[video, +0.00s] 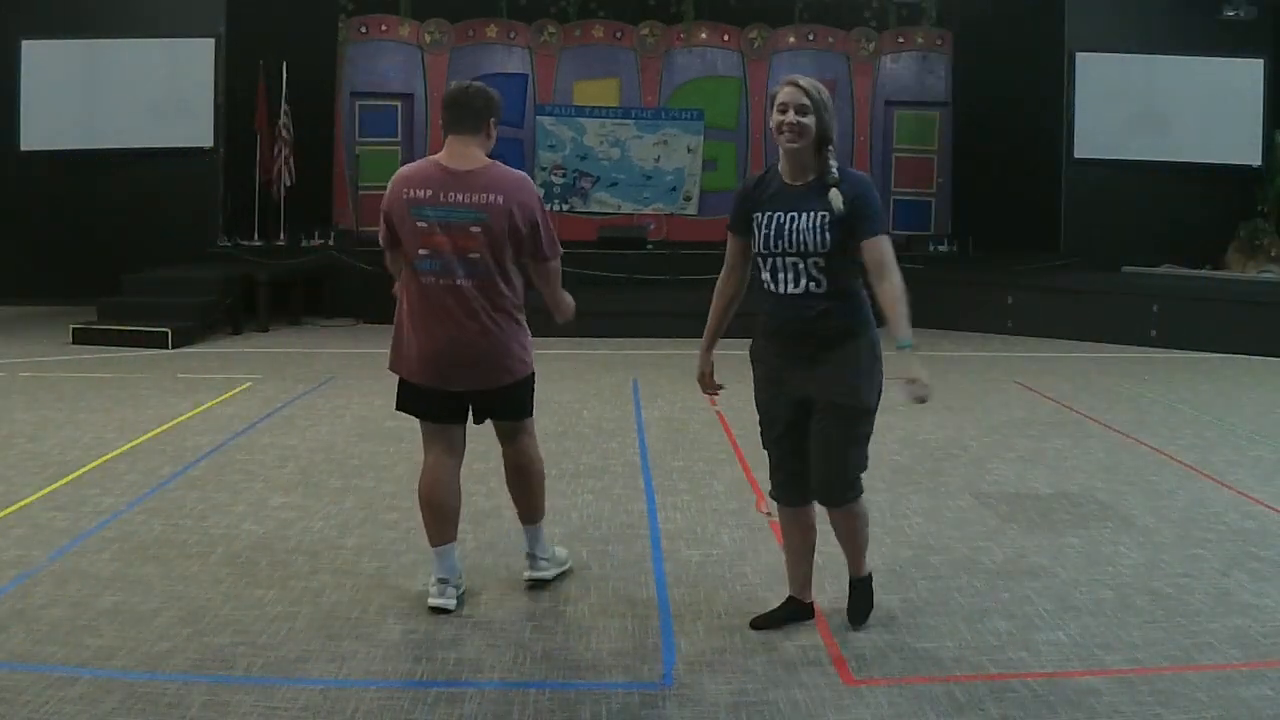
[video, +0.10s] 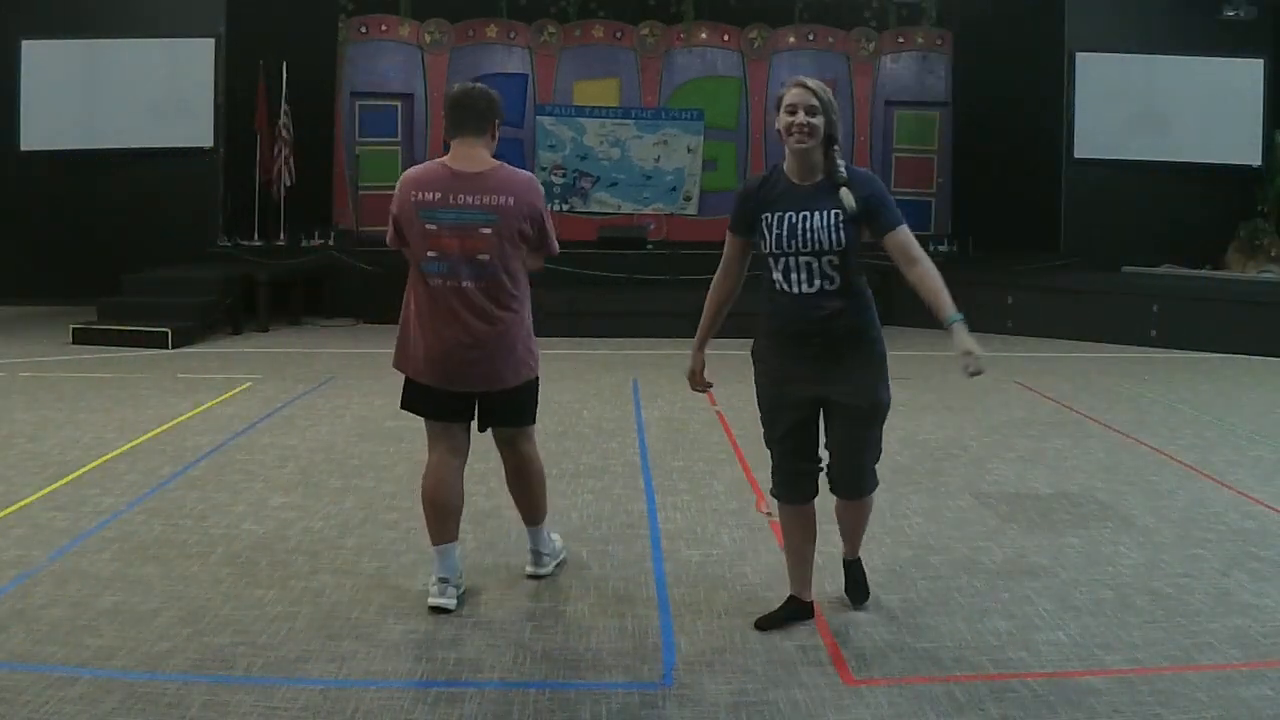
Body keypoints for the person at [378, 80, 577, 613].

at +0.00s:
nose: (498, 133)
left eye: (494, 127)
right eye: (497, 127)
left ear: (441, 125)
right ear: (491, 128)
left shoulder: (404, 182)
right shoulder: (516, 189)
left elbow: (394, 259)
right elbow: (543, 269)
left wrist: (417, 294)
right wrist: (559, 305)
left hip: (427, 350)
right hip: (500, 349)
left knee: (439, 453)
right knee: (518, 440)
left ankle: (445, 579)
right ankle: (538, 553)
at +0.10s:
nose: (499, 134)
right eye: (499, 128)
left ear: (445, 127)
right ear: (495, 129)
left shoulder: (412, 183)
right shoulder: (521, 186)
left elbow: (405, 246)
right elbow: (540, 255)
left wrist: (472, 247)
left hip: (434, 351)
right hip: (505, 351)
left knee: (443, 452)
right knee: (518, 443)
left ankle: (445, 578)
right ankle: (540, 547)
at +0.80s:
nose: (480, 133)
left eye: (479, 126)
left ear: (482, 130)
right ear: (532, 130)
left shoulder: (459, 188)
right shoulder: (557, 177)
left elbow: (439, 224)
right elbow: (504, 189)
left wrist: (431, 189)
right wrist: (437, 189)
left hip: (472, 341)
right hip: (541, 341)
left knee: (462, 435)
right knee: (536, 436)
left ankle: (448, 554)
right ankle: (540, 550)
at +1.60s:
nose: (532, 135)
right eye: (532, 128)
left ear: (480, 130)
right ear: (527, 132)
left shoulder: (448, 191)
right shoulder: (546, 177)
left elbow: (441, 231)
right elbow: (497, 186)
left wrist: (479, 171)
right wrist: (405, 201)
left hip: (463, 342)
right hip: (531, 341)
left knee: (460, 439)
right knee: (535, 437)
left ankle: (446, 556)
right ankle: (559, 554)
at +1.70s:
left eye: (483, 124)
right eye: (537, 130)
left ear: (486, 130)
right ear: (534, 132)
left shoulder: (457, 193)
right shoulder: (554, 177)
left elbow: (446, 227)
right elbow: (496, 190)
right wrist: (414, 209)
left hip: (473, 342)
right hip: (542, 341)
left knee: (467, 437)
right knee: (542, 435)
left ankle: (446, 555)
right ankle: (559, 555)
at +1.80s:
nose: (541, 136)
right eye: (543, 128)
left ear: (491, 130)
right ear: (540, 131)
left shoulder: (463, 193)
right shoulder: (562, 177)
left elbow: (456, 236)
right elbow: (502, 200)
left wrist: (420, 228)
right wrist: (426, 221)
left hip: (483, 344)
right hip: (551, 342)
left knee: (472, 437)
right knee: (549, 436)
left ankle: (448, 553)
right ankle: (560, 554)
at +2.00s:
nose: (548, 134)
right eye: (552, 127)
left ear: (502, 131)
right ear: (550, 131)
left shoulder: (472, 195)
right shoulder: (578, 185)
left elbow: (476, 255)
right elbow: (575, 244)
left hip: (497, 344)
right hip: (565, 343)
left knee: (481, 437)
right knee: (559, 441)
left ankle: (453, 550)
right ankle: (561, 554)